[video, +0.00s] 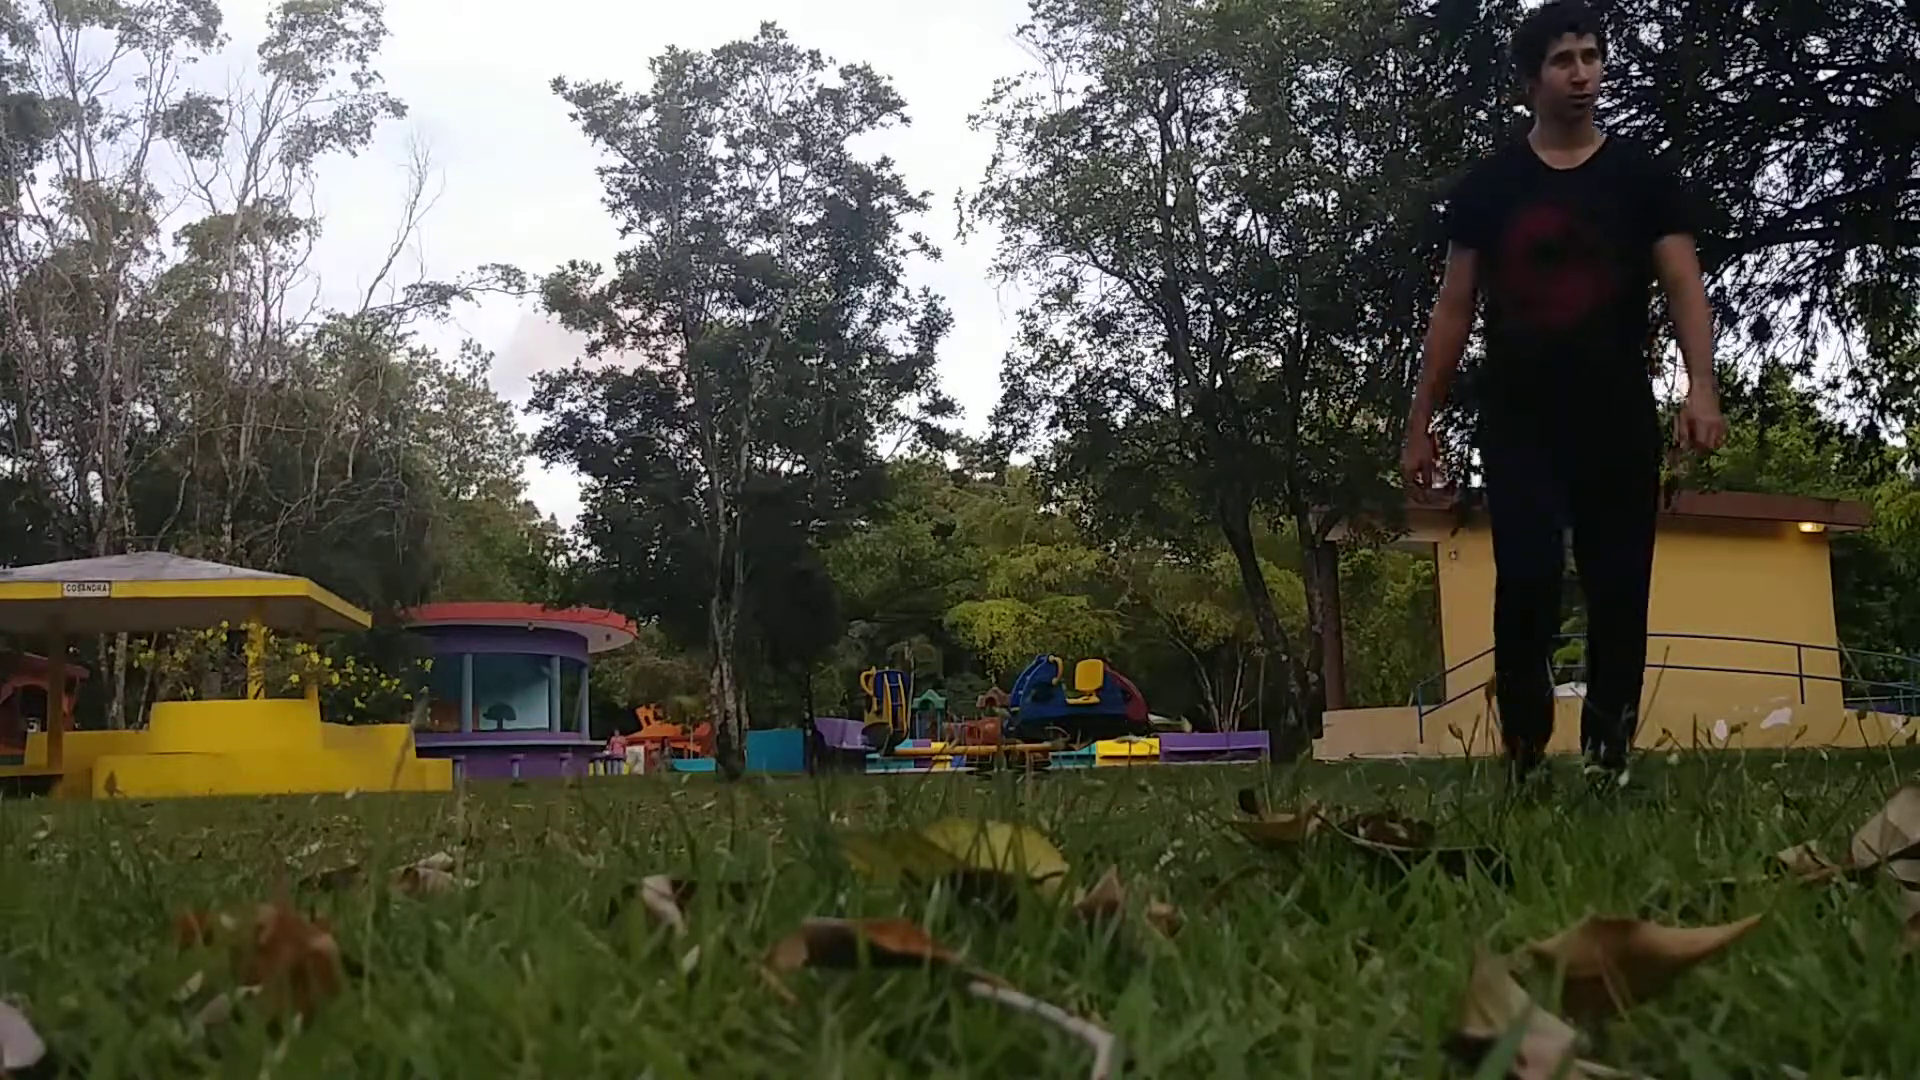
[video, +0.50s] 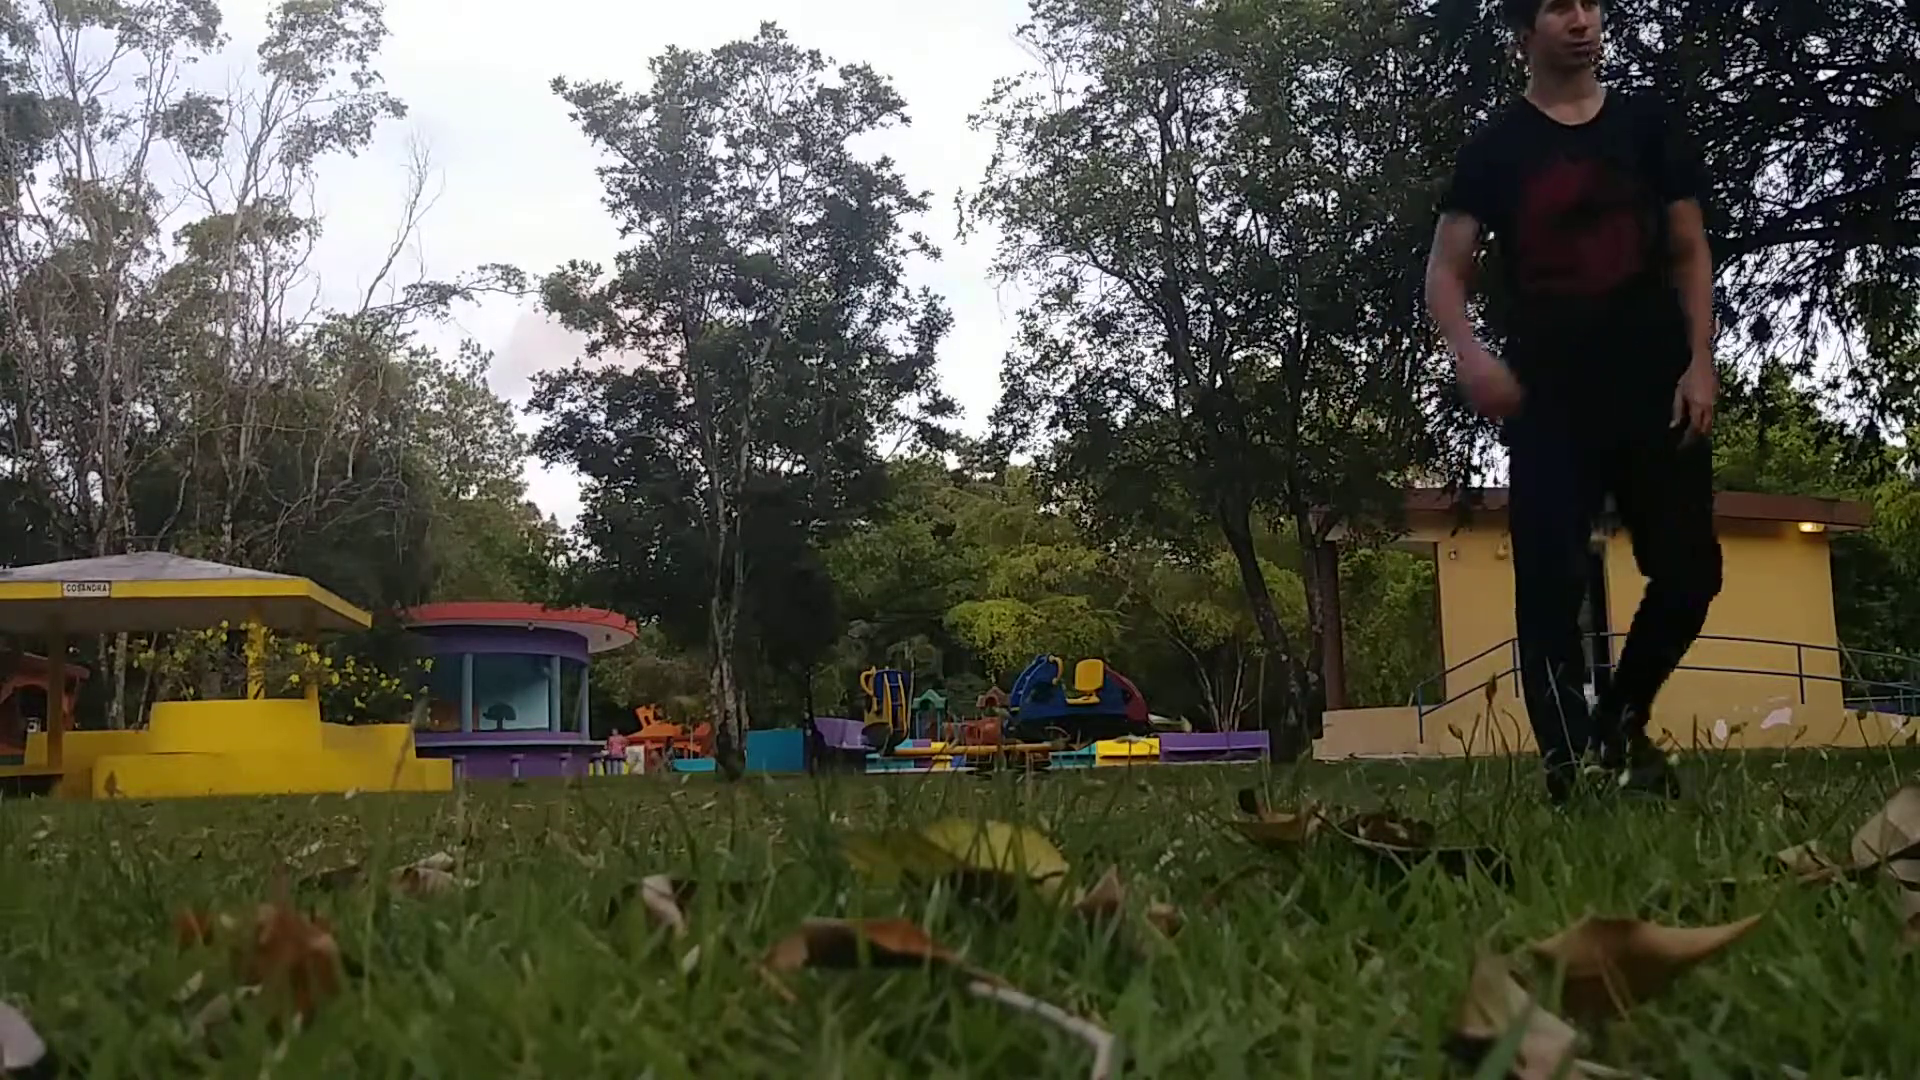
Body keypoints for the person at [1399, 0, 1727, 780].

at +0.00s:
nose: (1581, 73)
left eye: (1591, 58)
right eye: (1563, 61)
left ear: (1604, 68)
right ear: (1529, 78)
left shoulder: (1644, 173)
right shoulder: (1487, 184)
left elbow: (1683, 283)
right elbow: (1453, 305)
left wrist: (1702, 385)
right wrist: (1421, 419)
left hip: (1618, 414)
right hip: (1519, 417)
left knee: (1619, 592)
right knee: (1525, 585)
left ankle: (1609, 758)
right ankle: (1523, 757)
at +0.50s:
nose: (1580, 22)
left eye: (1589, 8)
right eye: (1559, 10)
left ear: (1602, 21)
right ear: (1525, 31)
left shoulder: (1650, 125)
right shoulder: (1497, 142)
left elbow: (1690, 250)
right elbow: (1445, 270)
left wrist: (1701, 358)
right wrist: (1470, 356)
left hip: (1652, 388)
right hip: (1548, 395)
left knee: (1690, 575)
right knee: (1548, 585)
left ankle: (1621, 724)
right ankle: (1568, 766)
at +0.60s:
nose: (1594, 13)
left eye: (1604, 0)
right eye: (1575, 0)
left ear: (1617, 14)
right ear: (1538, 16)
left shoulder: (1662, 117)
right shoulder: (1503, 129)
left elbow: (1705, 245)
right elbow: (1452, 250)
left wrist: (1729, 352)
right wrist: (1513, 279)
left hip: (1662, 373)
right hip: (1558, 383)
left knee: (1721, 555)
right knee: (1557, 573)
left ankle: (1656, 729)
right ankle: (1568, 767)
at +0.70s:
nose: (1619, 3)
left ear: (1636, 8)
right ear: (1555, 9)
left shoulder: (1679, 113)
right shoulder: (1522, 114)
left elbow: (1720, 238)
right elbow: (1486, 230)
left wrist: (1756, 337)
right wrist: (1567, 235)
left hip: (1676, 363)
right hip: (1572, 373)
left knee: (1759, 537)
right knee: (1566, 571)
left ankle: (1728, 742)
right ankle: (1568, 765)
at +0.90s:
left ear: (1702, 4)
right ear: (1623, 2)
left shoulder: (1743, 107)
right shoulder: (1589, 97)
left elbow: (1764, 244)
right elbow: (1586, 227)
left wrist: (1805, 333)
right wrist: (1667, 241)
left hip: (1743, 364)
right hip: (1634, 369)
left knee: (1817, 546)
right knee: (1610, 570)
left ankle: (1846, 753)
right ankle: (1577, 767)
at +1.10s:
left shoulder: (1827, 73)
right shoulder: (1649, 68)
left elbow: (1854, 212)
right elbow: (1606, 217)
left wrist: (1898, 289)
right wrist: (1690, 260)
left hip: (1815, 331)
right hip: (1702, 341)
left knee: (1861, 543)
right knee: (1728, 540)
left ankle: (1856, 766)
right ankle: (1640, 734)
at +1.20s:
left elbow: (1906, 191)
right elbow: (1603, 197)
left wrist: (1900, 209)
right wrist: (1647, 200)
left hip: (1842, 319)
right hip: (1723, 328)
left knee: (1871, 534)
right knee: (1765, 499)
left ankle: (1857, 757)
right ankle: (1719, 737)